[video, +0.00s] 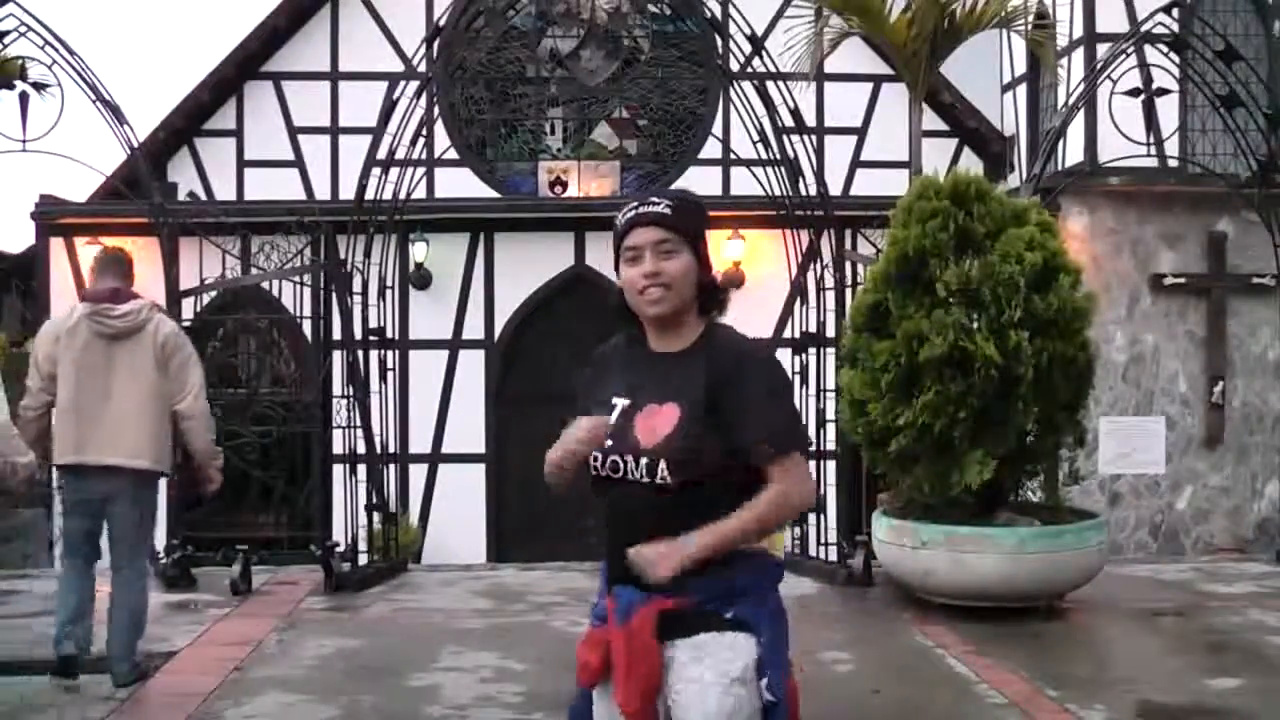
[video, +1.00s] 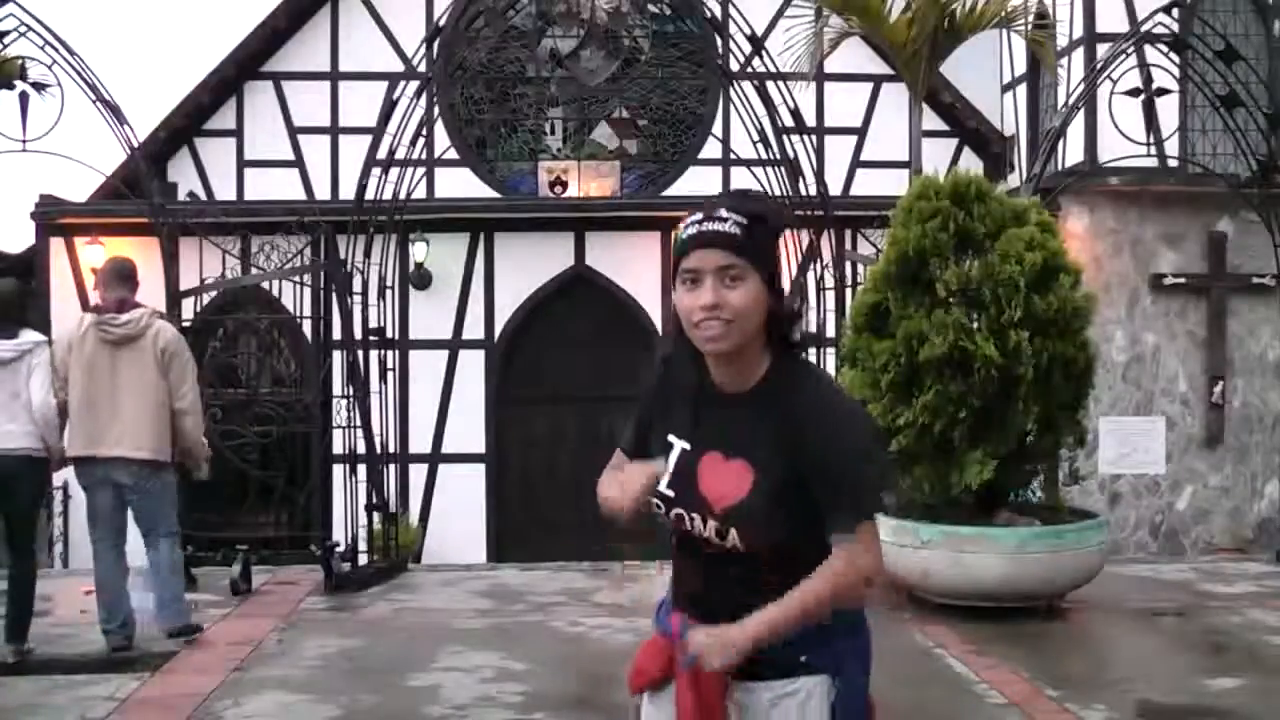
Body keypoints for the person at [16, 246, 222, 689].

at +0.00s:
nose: (102, 288)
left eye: (98, 280)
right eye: (120, 283)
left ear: (91, 281)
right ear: (133, 283)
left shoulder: (59, 331)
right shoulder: (164, 332)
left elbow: (31, 409)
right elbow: (192, 406)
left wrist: (49, 451)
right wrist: (209, 464)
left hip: (78, 466)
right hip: (137, 467)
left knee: (76, 559)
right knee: (131, 566)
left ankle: (68, 648)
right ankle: (122, 667)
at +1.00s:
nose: (97, 295)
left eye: (97, 289)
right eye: (99, 290)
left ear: (100, 289)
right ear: (136, 287)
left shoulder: (75, 336)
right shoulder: (164, 335)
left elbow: (60, 397)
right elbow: (186, 405)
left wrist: (66, 443)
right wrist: (197, 455)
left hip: (92, 456)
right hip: (147, 455)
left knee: (106, 546)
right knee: (162, 538)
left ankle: (117, 633)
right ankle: (175, 621)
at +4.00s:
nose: (81, 315)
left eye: (77, 310)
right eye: (89, 308)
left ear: (70, 311)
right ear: (99, 309)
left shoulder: (51, 341)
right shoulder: (123, 342)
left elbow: (46, 389)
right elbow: (138, 393)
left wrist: (56, 424)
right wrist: (137, 434)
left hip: (67, 434)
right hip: (106, 434)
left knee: (72, 502)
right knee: (101, 499)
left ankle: (76, 571)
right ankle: (88, 561)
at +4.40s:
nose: (98, 316)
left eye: (93, 312)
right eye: (103, 311)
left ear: (83, 311)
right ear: (111, 310)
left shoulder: (60, 343)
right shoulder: (131, 345)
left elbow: (49, 389)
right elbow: (144, 396)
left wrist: (59, 421)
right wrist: (147, 437)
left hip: (74, 432)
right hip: (115, 432)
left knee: (79, 499)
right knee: (126, 491)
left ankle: (83, 566)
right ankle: (122, 552)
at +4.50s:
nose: (102, 316)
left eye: (99, 312)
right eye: (108, 312)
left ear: (89, 314)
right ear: (117, 313)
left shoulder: (66, 343)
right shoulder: (136, 344)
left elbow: (52, 392)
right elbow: (150, 394)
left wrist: (64, 419)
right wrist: (155, 433)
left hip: (82, 430)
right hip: (123, 432)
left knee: (84, 500)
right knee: (135, 493)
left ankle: (84, 569)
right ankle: (144, 556)